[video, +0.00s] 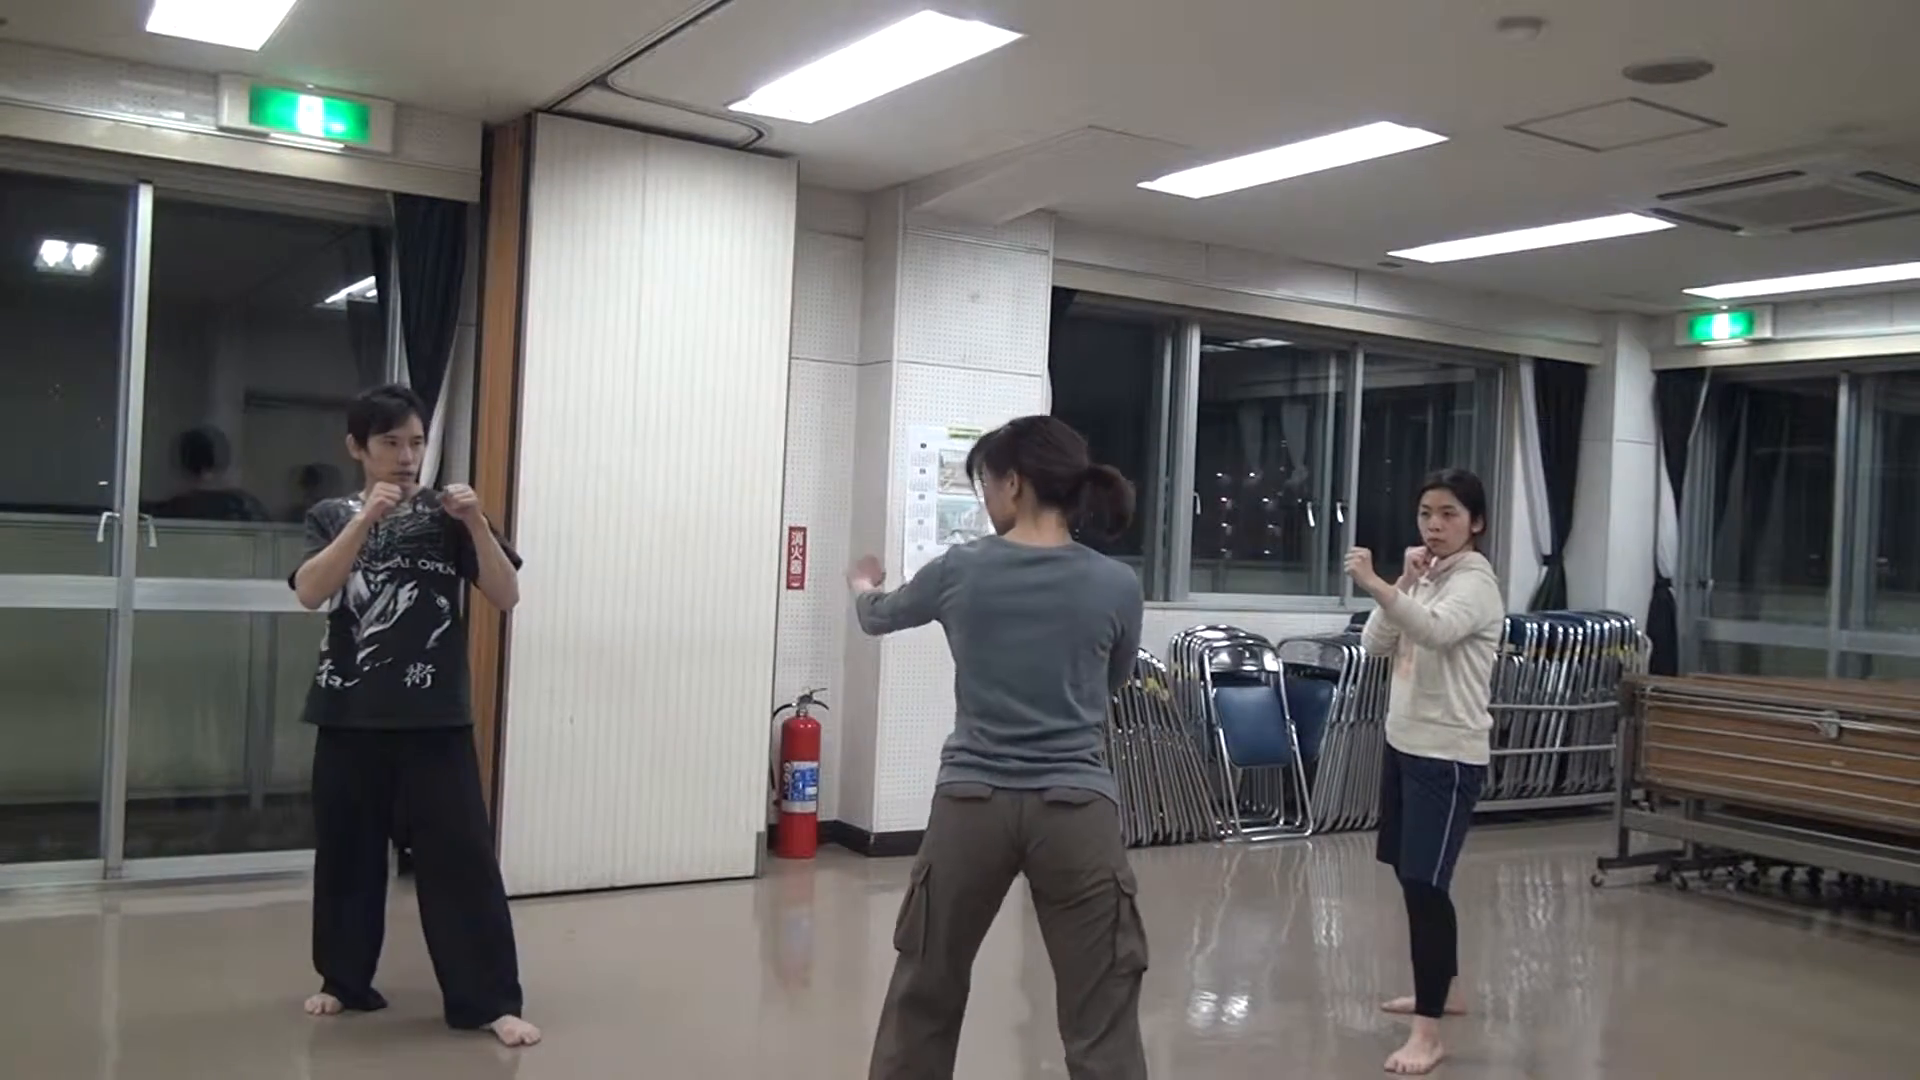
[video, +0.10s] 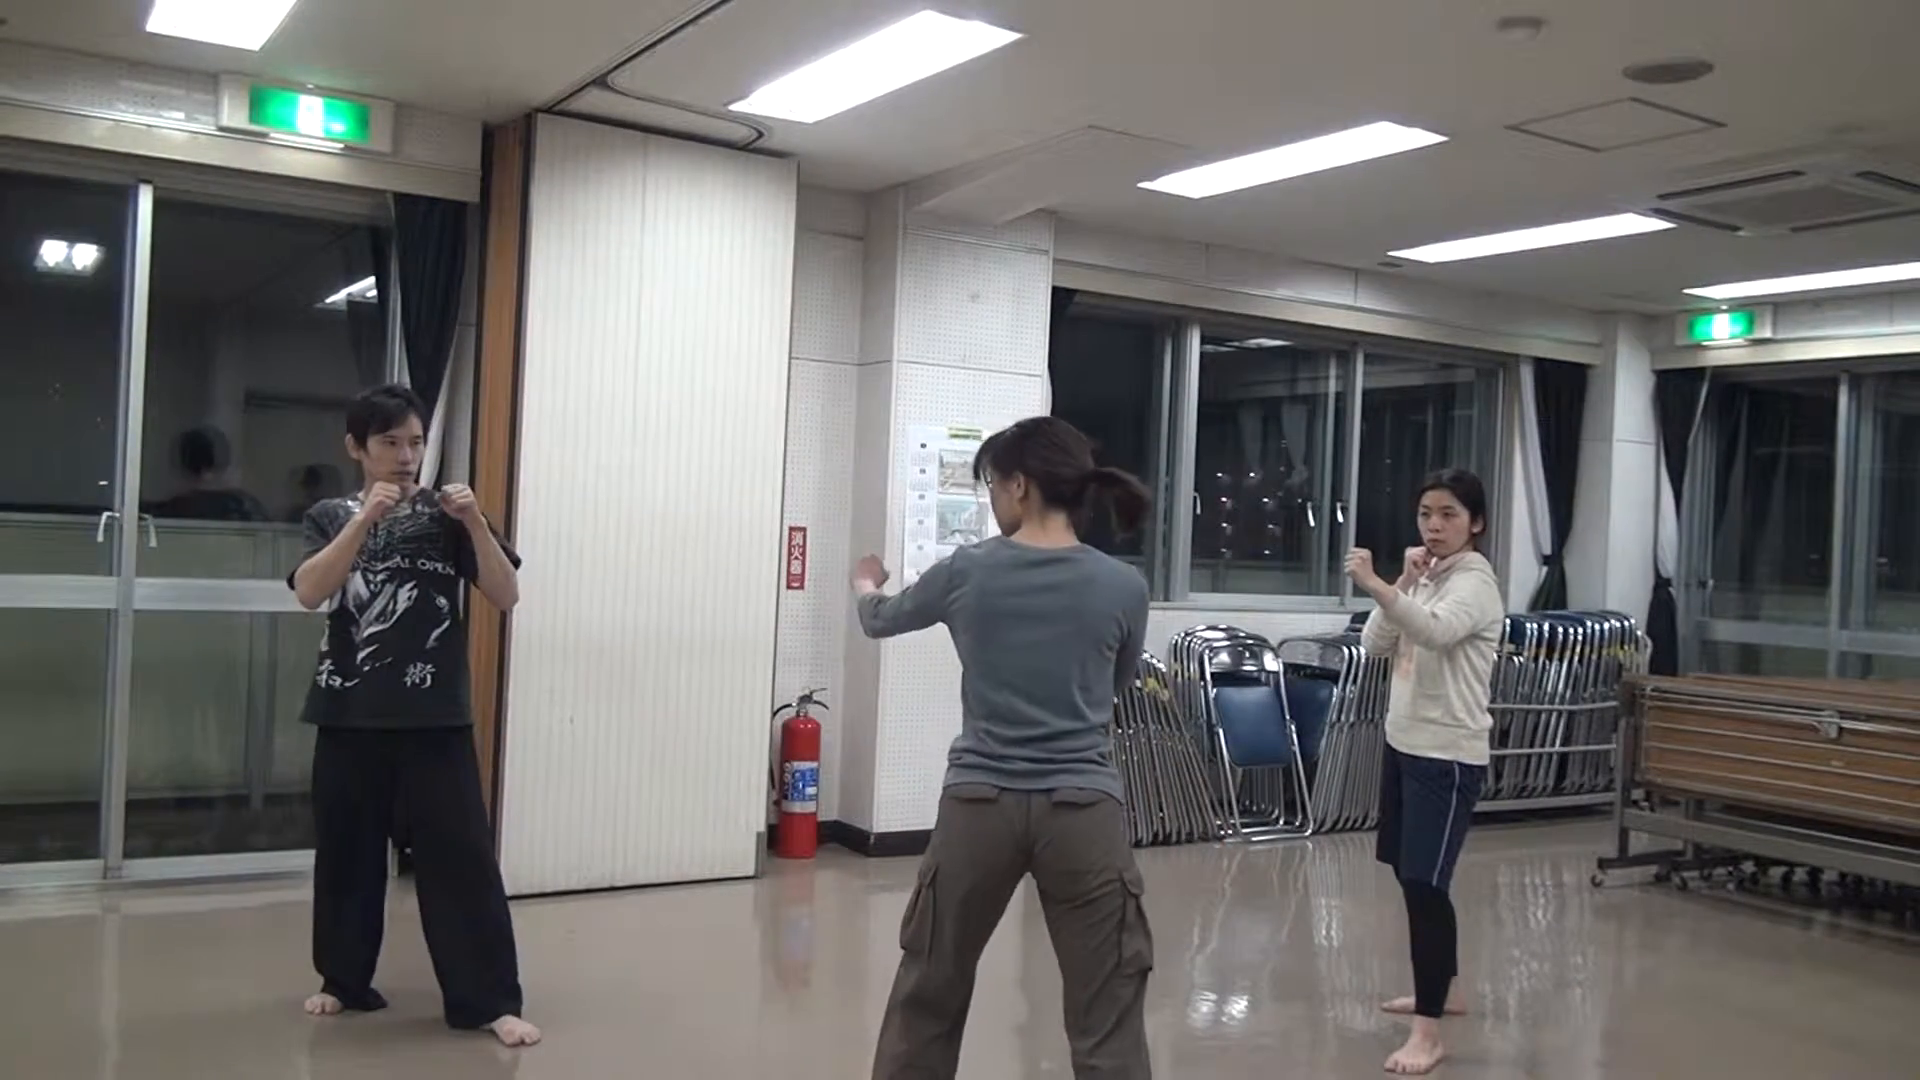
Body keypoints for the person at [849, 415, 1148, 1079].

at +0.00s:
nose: (984, 498)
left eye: (988, 484)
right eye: (983, 484)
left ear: (1017, 485)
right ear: (1072, 489)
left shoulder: (962, 568)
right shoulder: (1118, 583)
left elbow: (881, 615)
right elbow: (1116, 674)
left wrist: (864, 587)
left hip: (970, 811)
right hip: (1078, 813)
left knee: (925, 994)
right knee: (1100, 1012)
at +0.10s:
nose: (991, 501)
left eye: (994, 486)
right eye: (991, 486)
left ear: (1023, 487)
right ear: (1077, 490)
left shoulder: (968, 570)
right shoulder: (1125, 585)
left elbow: (884, 617)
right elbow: (1122, 674)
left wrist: (866, 586)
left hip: (978, 811)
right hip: (1085, 813)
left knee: (929, 992)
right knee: (1106, 1010)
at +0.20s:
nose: (996, 504)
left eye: (999, 489)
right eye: (995, 490)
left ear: (1028, 489)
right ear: (1082, 492)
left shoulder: (974, 572)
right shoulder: (1129, 585)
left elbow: (888, 620)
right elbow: (1126, 675)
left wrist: (869, 587)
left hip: (984, 810)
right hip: (1091, 811)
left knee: (933, 989)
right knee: (1110, 1006)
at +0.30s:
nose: (1000, 506)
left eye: (1002, 490)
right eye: (999, 491)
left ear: (1032, 490)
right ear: (1085, 493)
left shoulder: (980, 571)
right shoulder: (1134, 586)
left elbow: (891, 622)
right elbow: (1123, 681)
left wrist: (873, 585)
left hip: (988, 811)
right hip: (1094, 812)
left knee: (934, 989)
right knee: (1111, 1009)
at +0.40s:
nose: (1002, 507)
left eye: (1004, 491)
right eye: (1000, 492)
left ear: (1036, 489)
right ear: (1084, 493)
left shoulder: (982, 571)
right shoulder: (1136, 586)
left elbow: (893, 624)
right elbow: (1125, 680)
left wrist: (878, 585)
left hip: (991, 810)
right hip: (1096, 811)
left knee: (936, 987)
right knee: (1111, 1009)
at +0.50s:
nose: (1002, 507)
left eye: (1005, 491)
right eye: (1001, 492)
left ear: (1036, 490)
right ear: (1085, 494)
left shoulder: (983, 571)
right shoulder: (1136, 587)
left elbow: (895, 627)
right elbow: (1124, 682)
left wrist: (879, 585)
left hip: (992, 810)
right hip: (1097, 811)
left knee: (935, 987)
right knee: (1110, 1012)